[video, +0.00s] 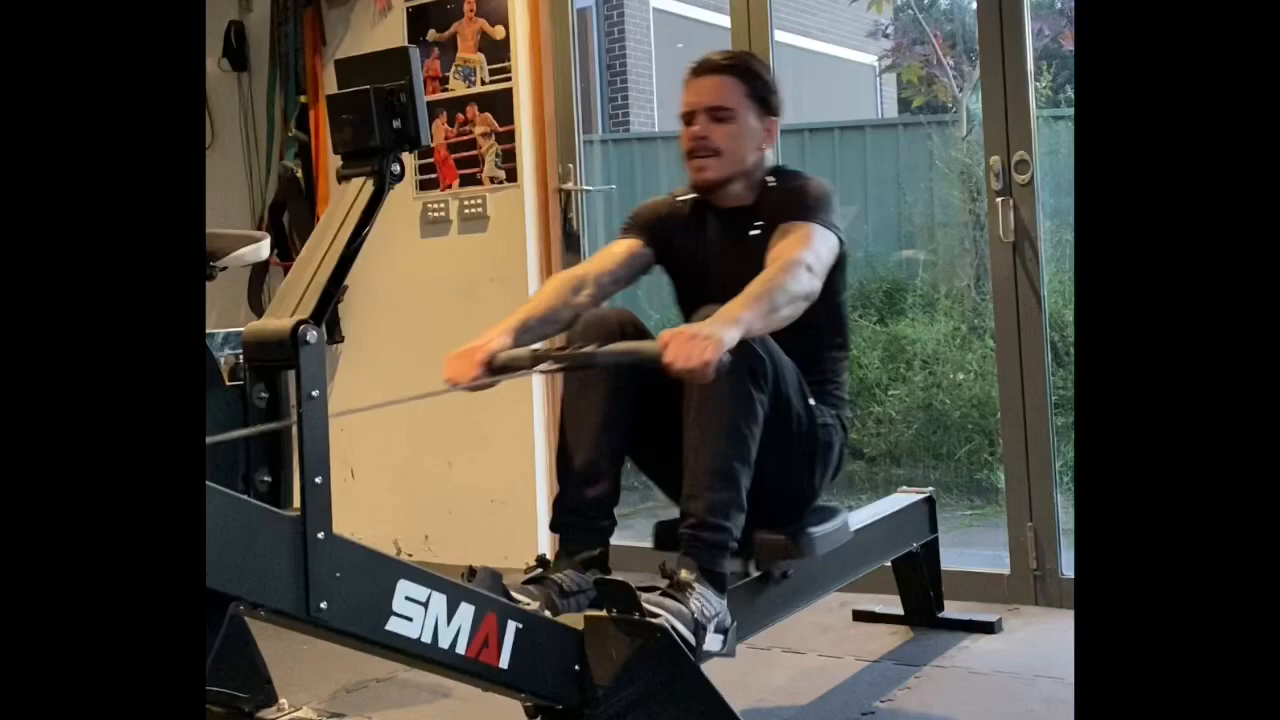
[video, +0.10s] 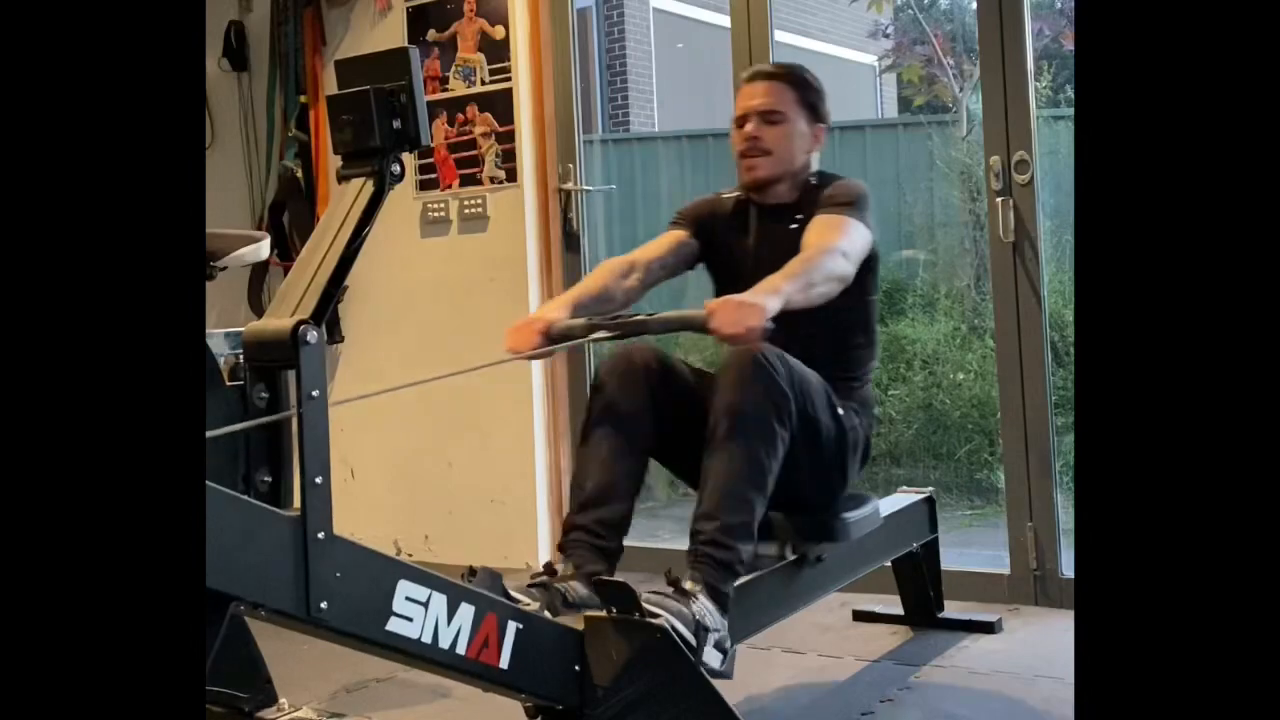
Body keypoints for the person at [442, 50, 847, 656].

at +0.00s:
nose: (697, 133)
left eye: (719, 117)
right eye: (688, 119)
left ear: (768, 133)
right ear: (680, 131)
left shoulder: (805, 201)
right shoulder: (667, 220)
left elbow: (794, 279)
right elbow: (588, 282)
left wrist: (725, 325)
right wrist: (505, 336)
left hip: (791, 465)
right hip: (699, 460)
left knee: (737, 351)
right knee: (601, 328)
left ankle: (700, 587)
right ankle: (578, 564)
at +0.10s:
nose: (749, 133)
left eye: (769, 118)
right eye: (740, 122)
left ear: (816, 136)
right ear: (731, 136)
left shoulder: (842, 202)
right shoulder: (716, 215)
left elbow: (829, 262)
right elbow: (633, 271)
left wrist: (764, 296)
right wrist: (558, 312)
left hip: (824, 449)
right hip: (736, 441)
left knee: (755, 362)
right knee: (632, 364)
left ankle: (706, 600)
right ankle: (581, 574)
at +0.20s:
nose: (787, 136)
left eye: (808, 123)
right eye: (779, 126)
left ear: (851, 140)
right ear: (769, 139)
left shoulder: (874, 202)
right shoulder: (751, 215)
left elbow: (877, 262)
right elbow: (679, 268)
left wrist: (819, 288)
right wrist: (612, 306)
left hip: (852, 419)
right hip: (756, 407)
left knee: (779, 401)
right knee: (651, 409)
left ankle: (706, 613)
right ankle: (583, 584)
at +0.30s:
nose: (818, 151)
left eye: (838, 138)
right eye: (810, 141)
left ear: (879, 151)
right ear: (802, 153)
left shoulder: (906, 214)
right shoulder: (780, 225)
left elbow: (928, 280)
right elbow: (712, 280)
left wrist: (864, 286)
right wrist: (662, 298)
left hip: (860, 405)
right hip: (773, 399)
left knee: (795, 451)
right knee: (679, 451)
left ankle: (716, 619)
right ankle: (581, 591)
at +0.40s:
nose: (829, 168)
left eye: (846, 154)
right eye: (820, 156)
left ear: (887, 160)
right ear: (812, 165)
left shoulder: (921, 227)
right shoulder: (799, 235)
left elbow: (995, 298)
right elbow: (744, 289)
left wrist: (911, 293)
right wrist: (710, 303)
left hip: (864, 412)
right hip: (774, 410)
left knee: (793, 469)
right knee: (693, 474)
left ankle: (717, 621)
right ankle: (588, 591)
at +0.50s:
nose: (813, 161)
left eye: (830, 147)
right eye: (804, 149)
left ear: (874, 153)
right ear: (798, 157)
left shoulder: (918, 228)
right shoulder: (788, 235)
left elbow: (1029, 302)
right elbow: (737, 303)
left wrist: (944, 292)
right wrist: (732, 314)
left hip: (862, 413)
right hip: (772, 401)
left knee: (780, 433)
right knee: (680, 423)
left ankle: (716, 620)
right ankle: (593, 588)